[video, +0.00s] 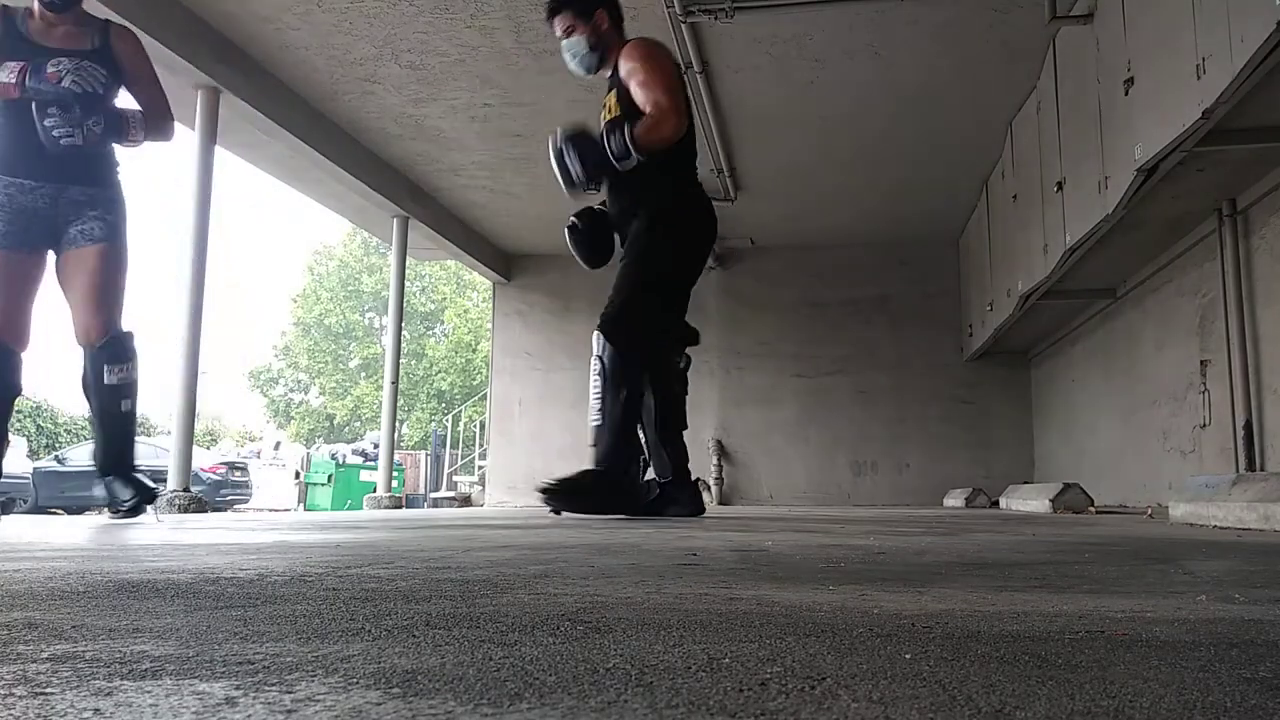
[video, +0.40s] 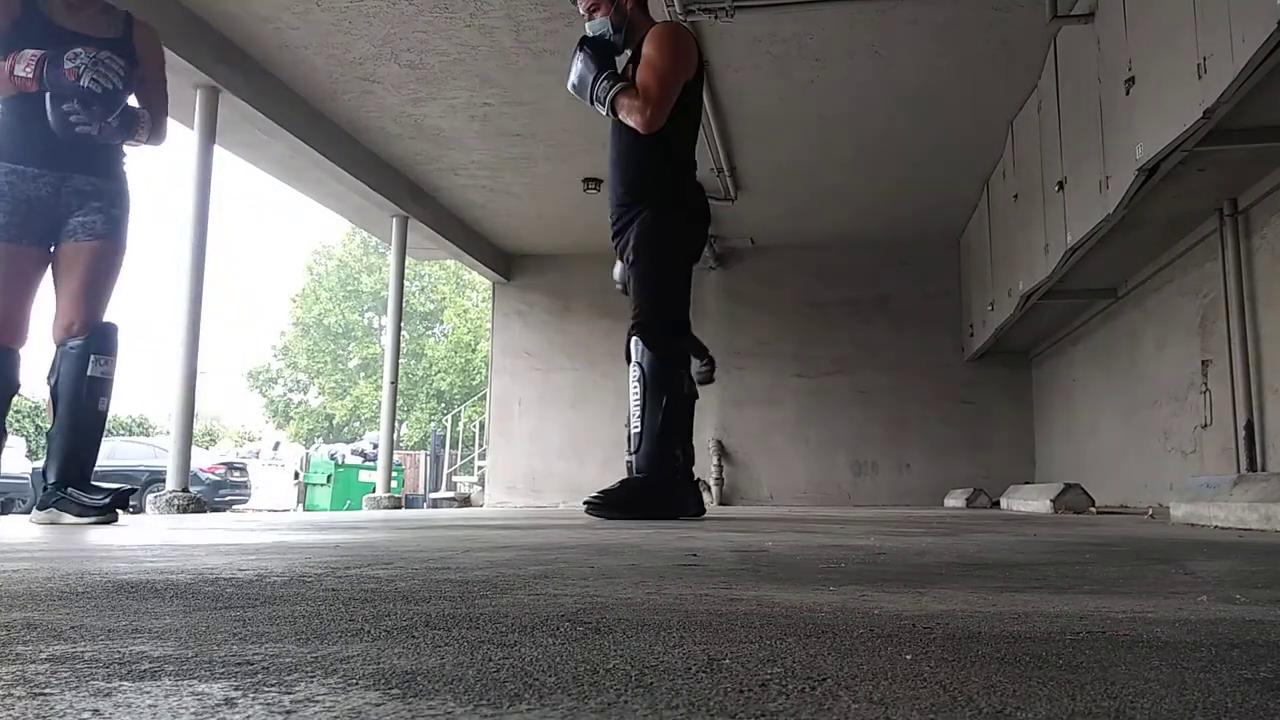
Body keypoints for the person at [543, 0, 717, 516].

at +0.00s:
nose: (567, 47)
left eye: (571, 32)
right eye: (560, 39)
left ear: (604, 18)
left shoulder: (637, 54)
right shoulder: (617, 90)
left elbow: (670, 120)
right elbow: (642, 178)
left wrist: (606, 150)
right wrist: (608, 223)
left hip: (672, 220)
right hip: (658, 226)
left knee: (619, 330)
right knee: (656, 341)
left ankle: (613, 473)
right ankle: (672, 482)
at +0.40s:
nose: (589, 23)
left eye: (592, 11)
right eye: (586, 16)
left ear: (622, 3)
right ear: (617, 11)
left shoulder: (667, 37)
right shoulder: (640, 52)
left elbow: (646, 114)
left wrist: (601, 81)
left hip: (663, 218)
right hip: (644, 221)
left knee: (654, 342)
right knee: (662, 344)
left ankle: (658, 480)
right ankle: (671, 480)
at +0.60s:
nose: (588, 21)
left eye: (591, 9)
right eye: (584, 14)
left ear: (623, 1)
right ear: (616, 9)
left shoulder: (663, 35)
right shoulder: (640, 52)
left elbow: (663, 113)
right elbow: (651, 124)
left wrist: (603, 97)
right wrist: (606, 94)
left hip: (662, 214)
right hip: (646, 217)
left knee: (654, 342)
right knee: (659, 344)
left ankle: (655, 480)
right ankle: (671, 479)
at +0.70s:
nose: (587, 19)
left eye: (591, 7)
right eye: (584, 12)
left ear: (621, 2)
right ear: (616, 9)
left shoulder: (660, 34)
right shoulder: (638, 52)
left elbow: (677, 109)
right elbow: (659, 114)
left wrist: (609, 106)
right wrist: (605, 98)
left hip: (660, 215)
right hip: (646, 217)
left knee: (654, 343)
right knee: (657, 344)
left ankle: (656, 480)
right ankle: (670, 479)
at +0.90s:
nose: (587, 16)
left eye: (590, 6)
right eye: (584, 10)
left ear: (619, 0)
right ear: (614, 9)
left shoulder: (658, 32)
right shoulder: (636, 53)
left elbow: (683, 106)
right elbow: (642, 155)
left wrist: (614, 109)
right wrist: (616, 229)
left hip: (660, 212)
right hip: (645, 215)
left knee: (653, 342)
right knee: (655, 342)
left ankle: (657, 481)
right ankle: (669, 479)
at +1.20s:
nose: (589, 19)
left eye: (590, 9)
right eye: (585, 16)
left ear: (610, 2)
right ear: (617, 11)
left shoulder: (646, 28)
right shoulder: (640, 48)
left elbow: (643, 109)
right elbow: (645, 158)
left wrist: (571, 96)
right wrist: (581, 164)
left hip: (651, 211)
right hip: (645, 213)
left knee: (645, 343)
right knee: (647, 343)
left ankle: (656, 480)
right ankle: (664, 477)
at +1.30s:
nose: (583, 11)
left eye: (586, 3)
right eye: (580, 9)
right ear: (607, 10)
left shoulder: (644, 25)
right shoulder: (642, 40)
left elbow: (608, 96)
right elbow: (621, 144)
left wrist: (551, 55)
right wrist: (559, 116)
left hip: (649, 212)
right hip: (647, 213)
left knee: (645, 343)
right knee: (617, 345)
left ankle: (658, 483)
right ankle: (649, 478)